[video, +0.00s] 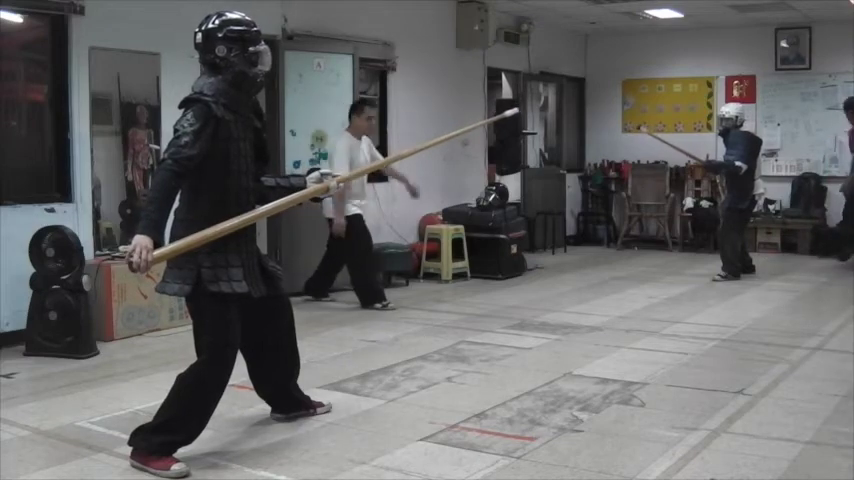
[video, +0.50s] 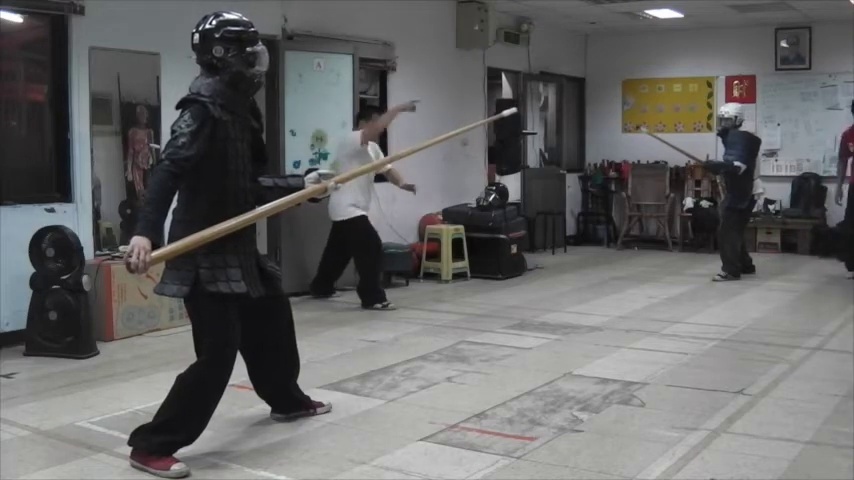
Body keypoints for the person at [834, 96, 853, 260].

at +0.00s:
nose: (848, 118)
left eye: (849, 114)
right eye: (848, 114)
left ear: (850, 113)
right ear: (847, 114)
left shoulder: (850, 134)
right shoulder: (850, 134)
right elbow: (851, 159)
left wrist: (848, 183)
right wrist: (848, 182)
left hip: (850, 184)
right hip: (850, 184)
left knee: (848, 218)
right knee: (847, 218)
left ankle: (845, 247)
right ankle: (844, 247)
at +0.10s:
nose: (850, 111)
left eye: (850, 108)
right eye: (849, 107)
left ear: (851, 108)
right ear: (849, 108)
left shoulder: (851, 131)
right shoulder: (850, 131)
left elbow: (851, 157)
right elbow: (851, 157)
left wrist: (845, 181)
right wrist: (844, 181)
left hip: (851, 184)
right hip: (850, 183)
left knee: (846, 213)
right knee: (845, 213)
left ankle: (846, 249)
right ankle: (845, 249)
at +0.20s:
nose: (851, 111)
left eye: (851, 107)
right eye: (851, 107)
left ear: (851, 108)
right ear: (851, 108)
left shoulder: (850, 131)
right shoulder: (849, 131)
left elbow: (849, 158)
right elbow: (849, 158)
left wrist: (841, 181)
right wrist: (841, 181)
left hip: (852, 182)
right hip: (851, 182)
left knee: (845, 214)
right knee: (844, 215)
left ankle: (848, 256)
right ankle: (847, 256)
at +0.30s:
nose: (852, 111)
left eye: (852, 108)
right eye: (852, 108)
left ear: (851, 108)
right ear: (851, 108)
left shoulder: (849, 131)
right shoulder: (849, 131)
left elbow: (847, 156)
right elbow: (847, 156)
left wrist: (841, 180)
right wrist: (840, 179)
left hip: (852, 182)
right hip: (851, 182)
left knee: (847, 219)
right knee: (847, 219)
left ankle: (849, 260)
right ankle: (848, 260)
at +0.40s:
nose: (852, 113)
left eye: (852, 109)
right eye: (852, 109)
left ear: (851, 109)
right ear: (851, 110)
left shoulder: (848, 132)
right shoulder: (848, 132)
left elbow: (845, 159)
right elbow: (845, 159)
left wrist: (840, 182)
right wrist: (839, 182)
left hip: (852, 184)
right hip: (852, 184)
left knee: (849, 221)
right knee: (849, 222)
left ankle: (850, 263)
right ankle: (850, 263)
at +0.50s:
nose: (853, 116)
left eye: (853, 112)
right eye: (853, 112)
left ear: (851, 113)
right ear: (851, 113)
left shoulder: (848, 135)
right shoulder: (847, 135)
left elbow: (842, 163)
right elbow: (842, 162)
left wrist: (839, 186)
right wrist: (839, 187)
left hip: (851, 187)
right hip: (852, 187)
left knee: (849, 224)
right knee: (849, 224)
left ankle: (850, 262)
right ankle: (850, 263)